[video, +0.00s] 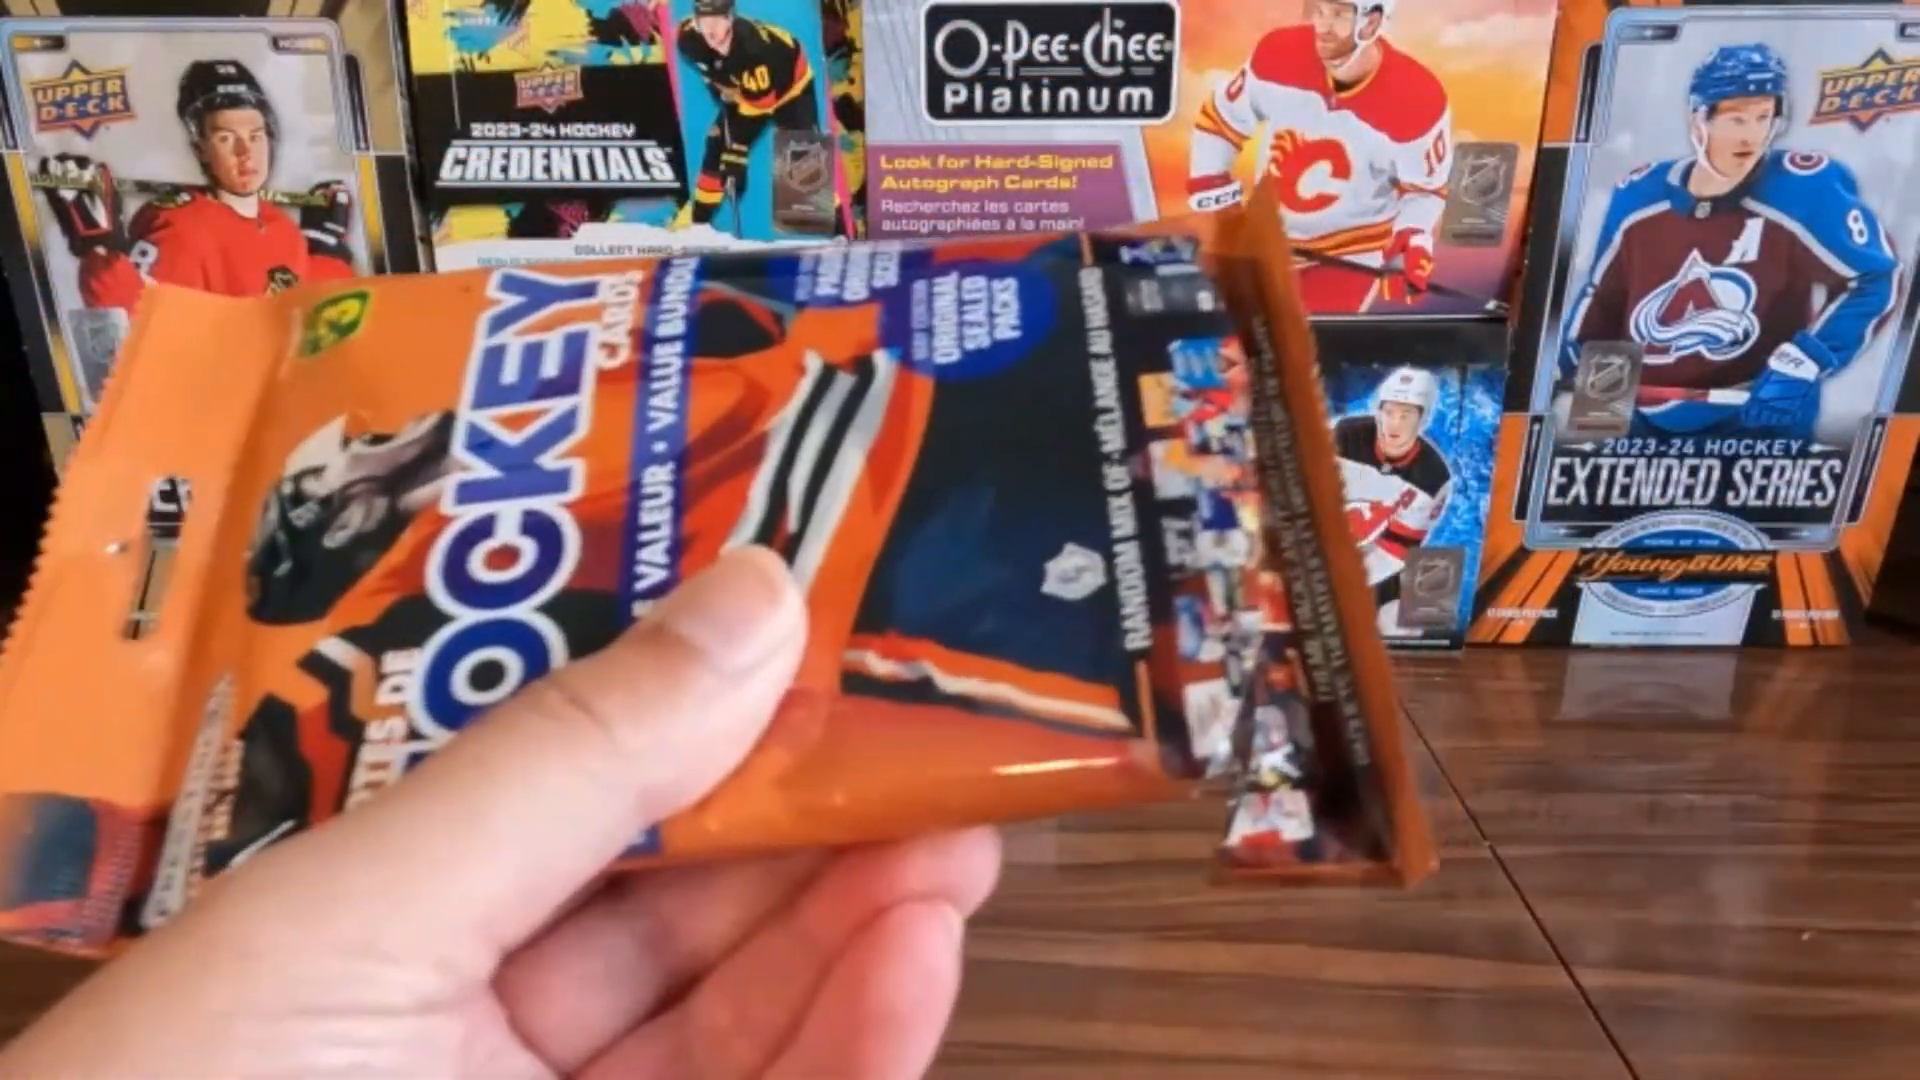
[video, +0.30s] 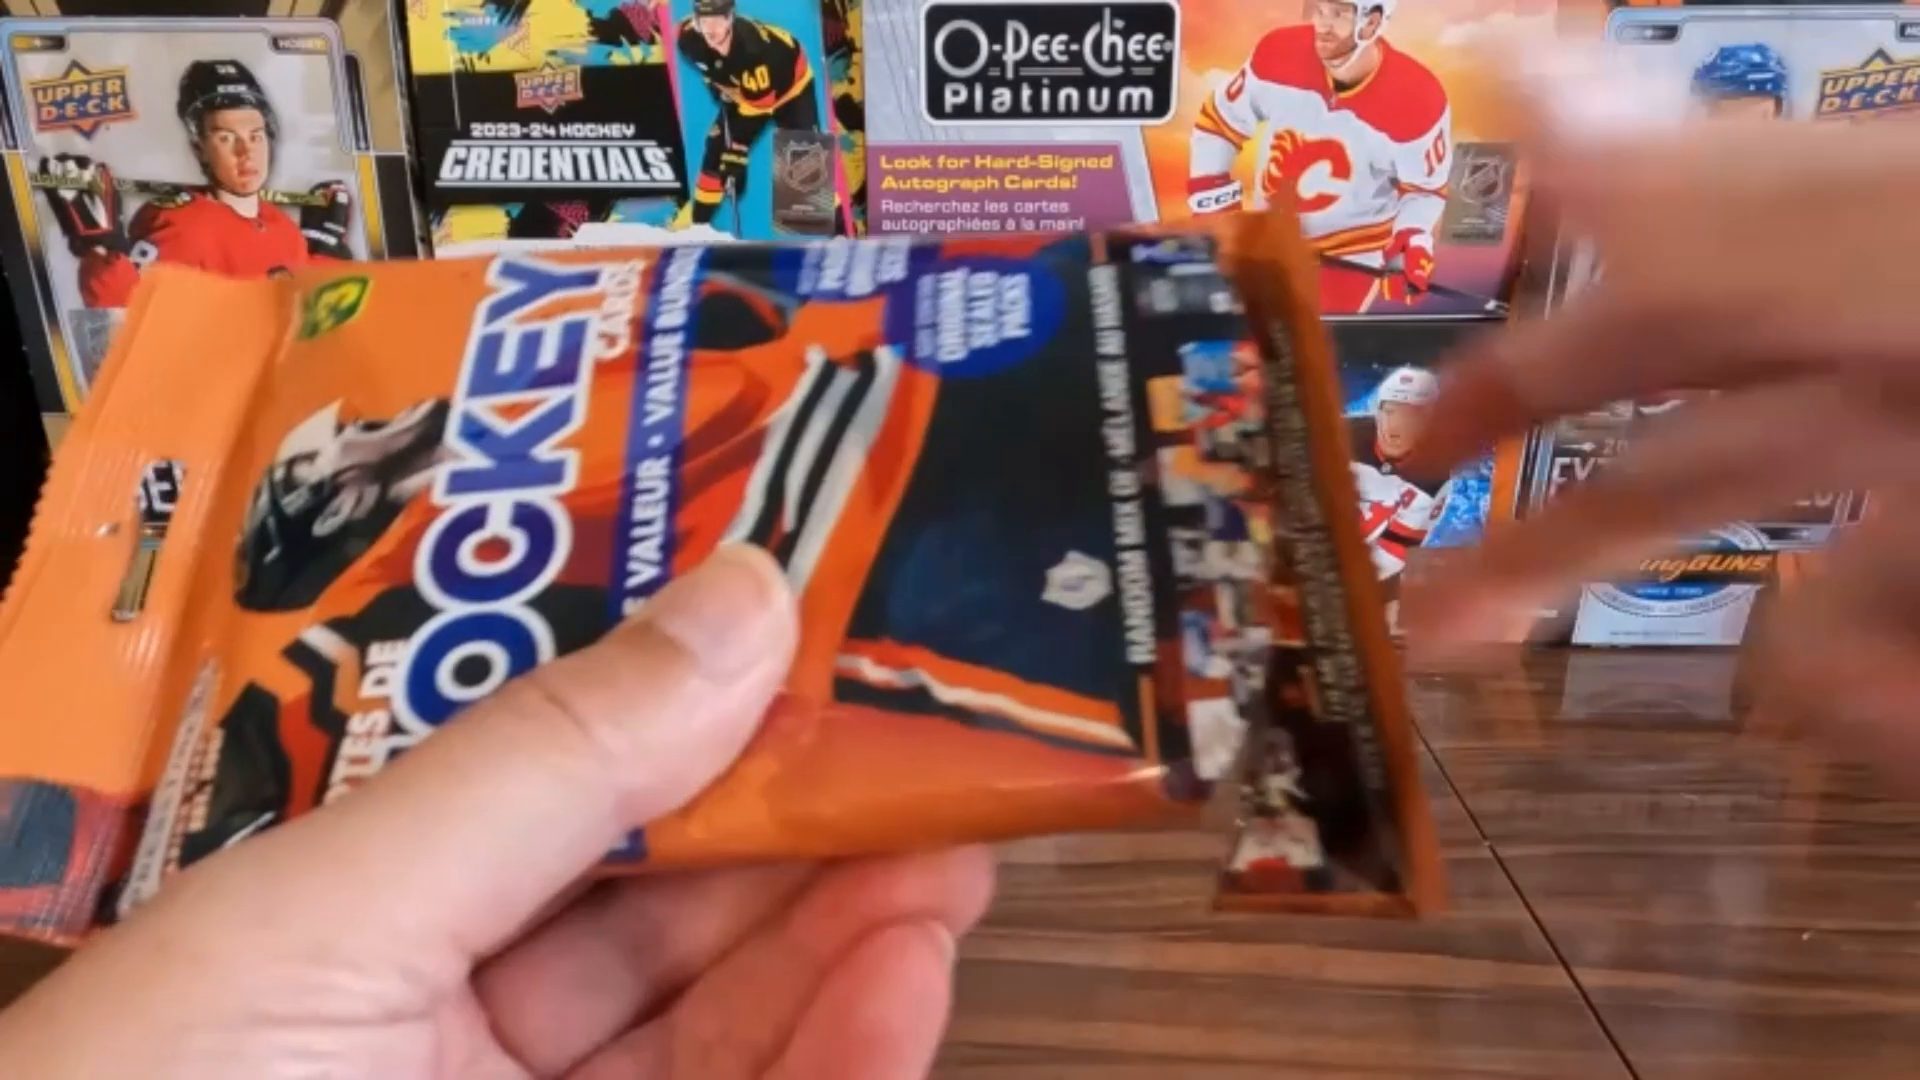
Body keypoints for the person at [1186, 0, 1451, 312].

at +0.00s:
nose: (1323, 27)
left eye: (1339, 14)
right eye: (1317, 11)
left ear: (1373, 21)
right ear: (1309, 11)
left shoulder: (1416, 96)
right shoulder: (1276, 56)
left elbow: (1423, 190)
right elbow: (1216, 125)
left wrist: (1414, 248)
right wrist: (1221, 215)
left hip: (1356, 259)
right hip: (1269, 248)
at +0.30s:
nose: (1322, 26)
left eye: (1339, 14)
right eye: (1317, 11)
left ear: (1373, 23)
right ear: (1308, 10)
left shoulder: (1417, 96)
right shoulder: (1277, 55)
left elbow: (1424, 190)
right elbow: (1216, 126)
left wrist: (1413, 250)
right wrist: (1217, 217)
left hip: (1354, 260)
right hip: (1270, 245)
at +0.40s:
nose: (1324, 26)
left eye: (1339, 14)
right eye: (1319, 11)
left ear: (1372, 21)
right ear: (1309, 11)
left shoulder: (1419, 98)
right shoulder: (1277, 53)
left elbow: (1424, 200)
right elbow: (1217, 125)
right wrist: (1204, 207)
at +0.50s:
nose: (1323, 26)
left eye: (1339, 14)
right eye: (1317, 11)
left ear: (1373, 23)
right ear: (1308, 11)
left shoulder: (1417, 95)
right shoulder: (1277, 56)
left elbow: (1423, 191)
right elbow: (1216, 125)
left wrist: (1415, 250)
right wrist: (1214, 203)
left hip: (1348, 261)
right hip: (1262, 248)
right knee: (1214, 362)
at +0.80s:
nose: (1323, 26)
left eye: (1339, 14)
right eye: (1318, 11)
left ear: (1373, 22)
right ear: (1309, 11)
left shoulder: (1417, 96)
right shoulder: (1277, 55)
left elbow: (1423, 190)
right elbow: (1216, 124)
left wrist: (1415, 249)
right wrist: (1213, 202)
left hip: (1347, 261)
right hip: (1261, 248)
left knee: (1288, 365)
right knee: (1222, 357)